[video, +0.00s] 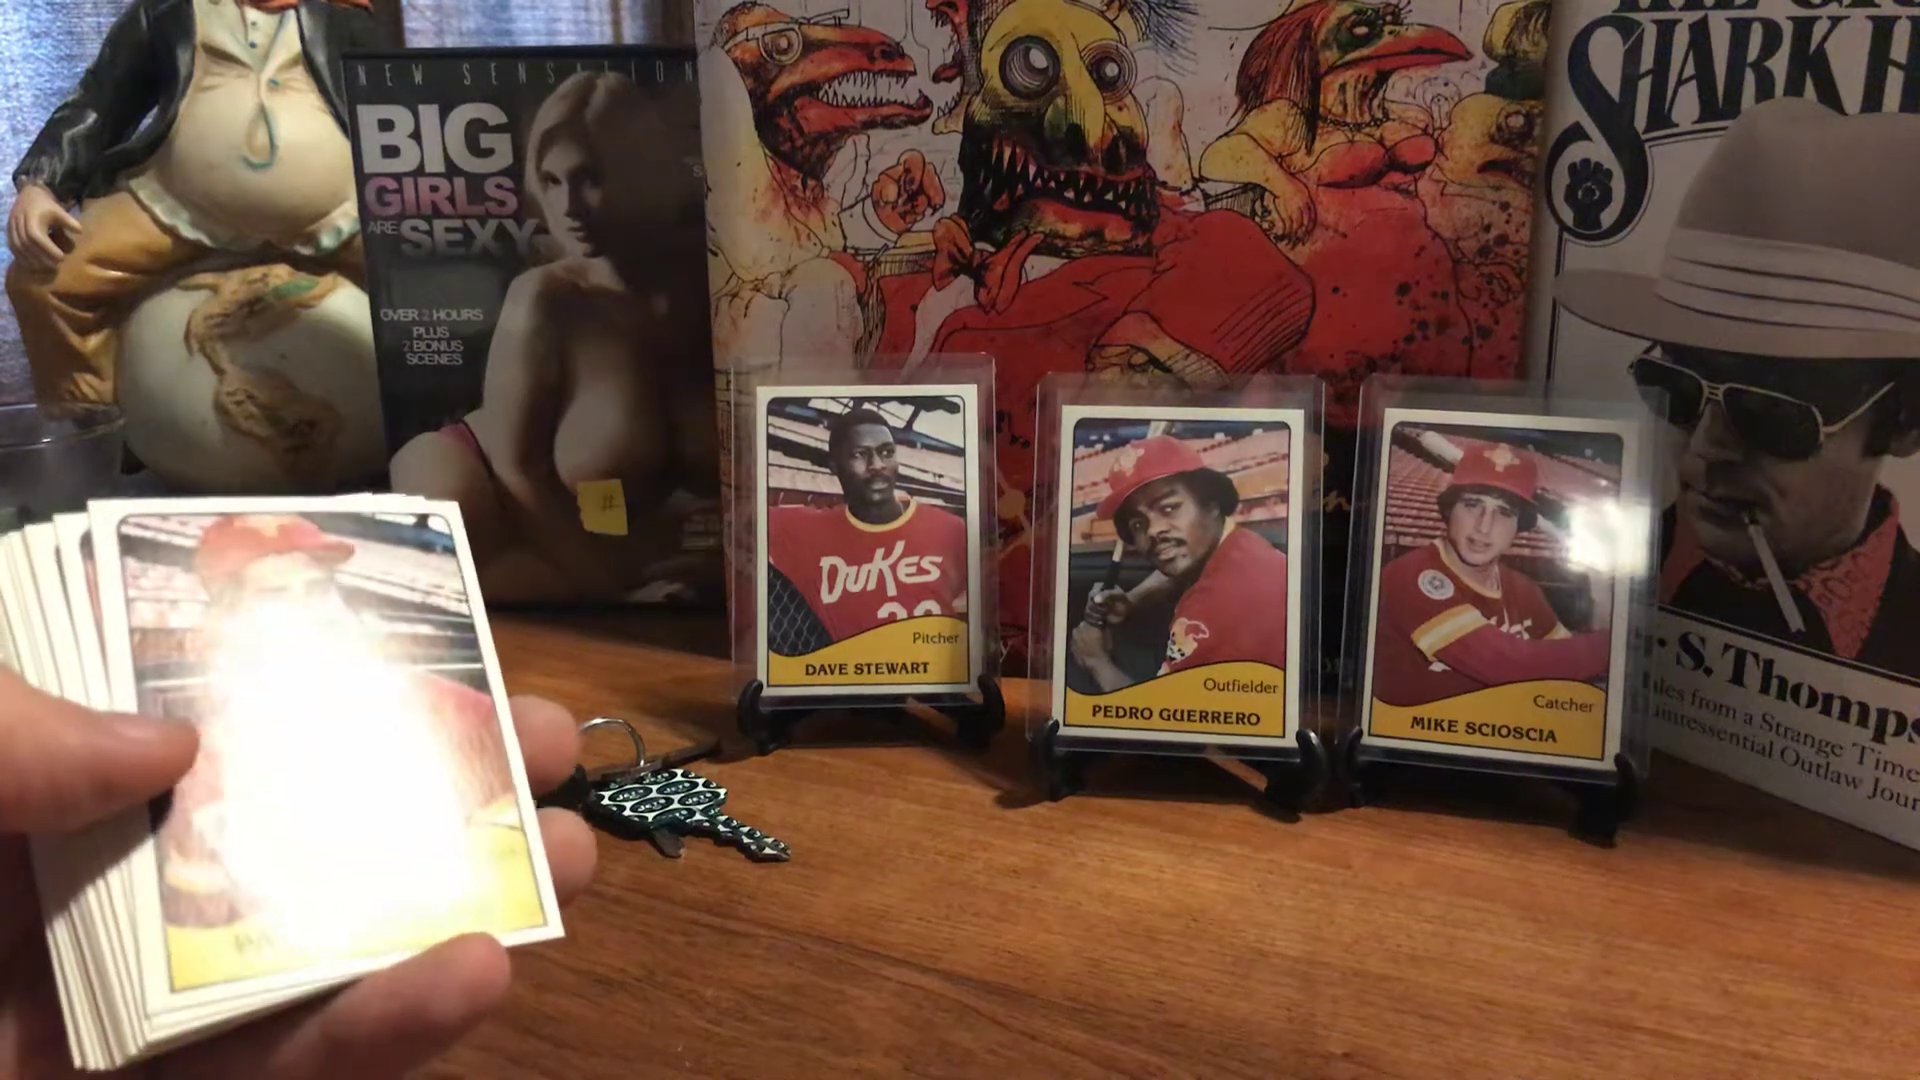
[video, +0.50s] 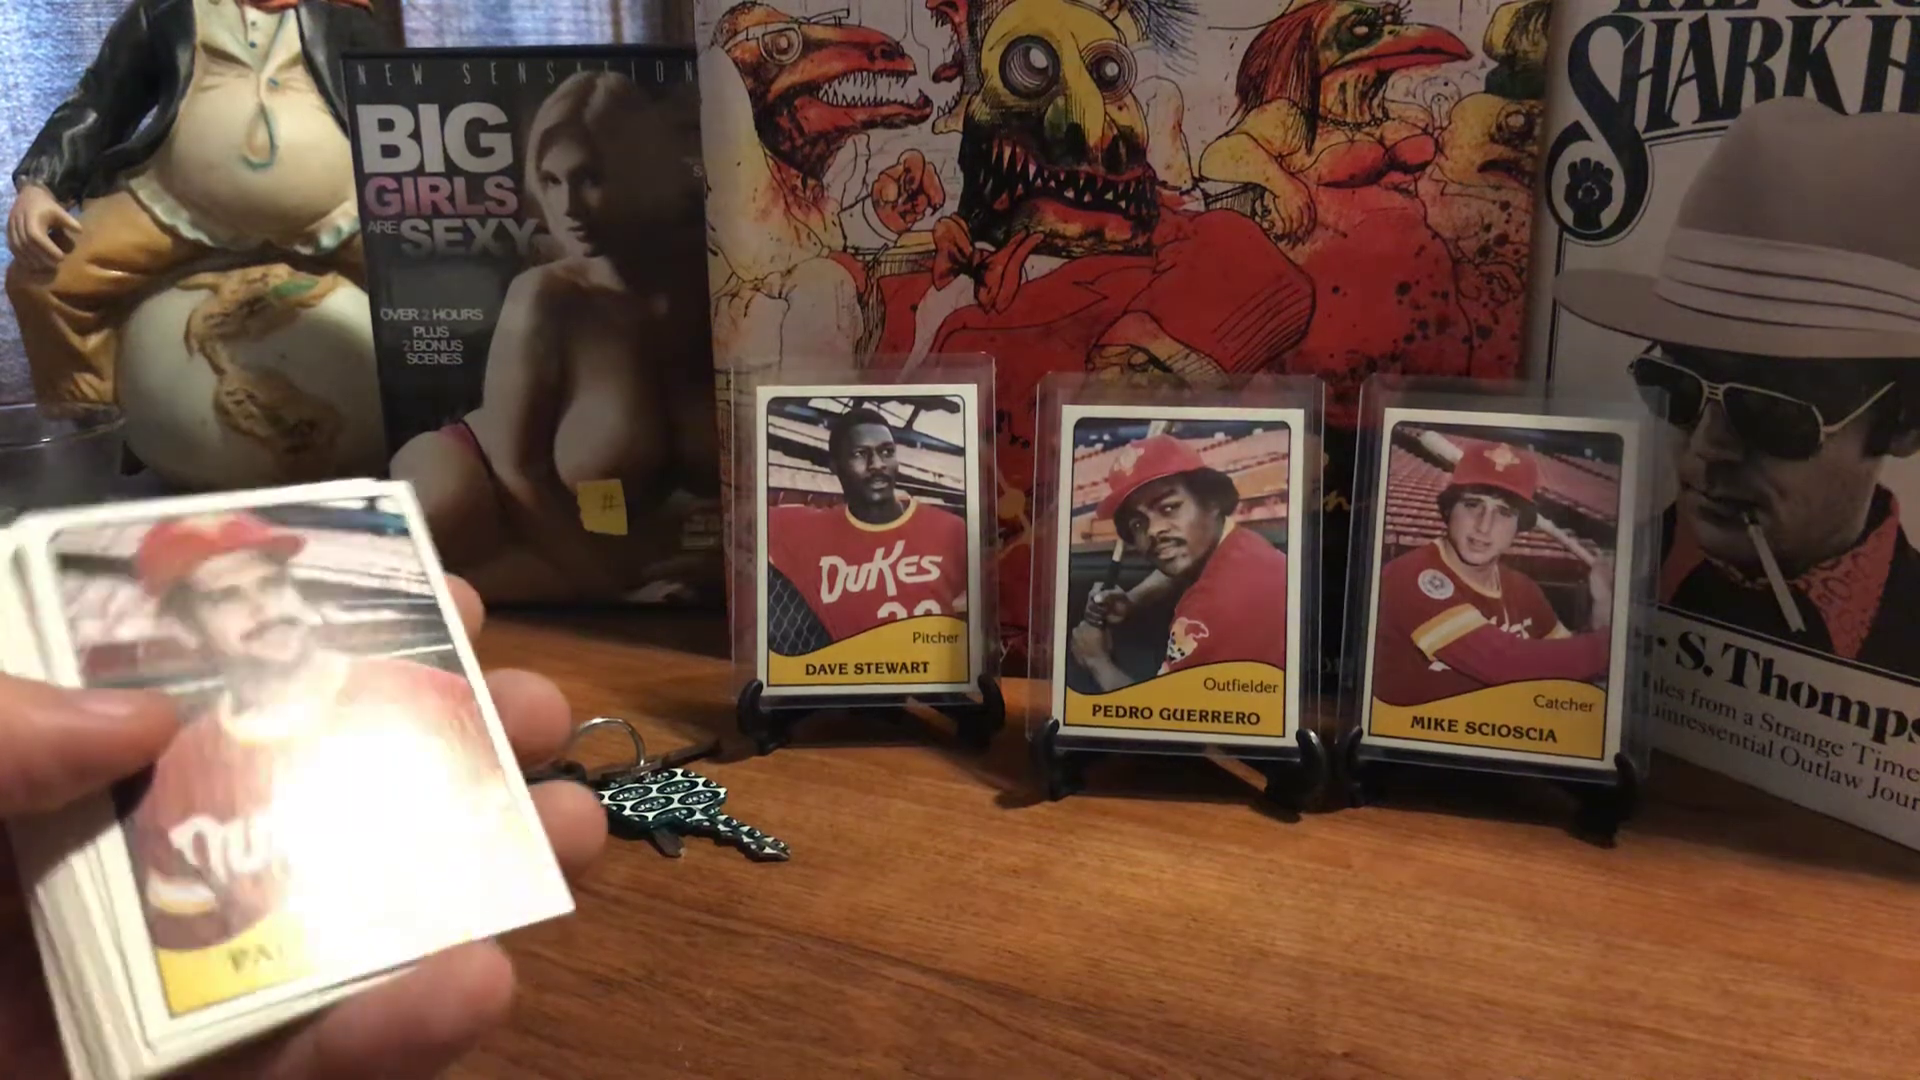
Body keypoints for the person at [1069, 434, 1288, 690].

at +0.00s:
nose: (1155, 530)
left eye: (1169, 508)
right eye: (1139, 523)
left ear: (1211, 505)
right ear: (1133, 540)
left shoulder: (1208, 610)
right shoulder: (1249, 545)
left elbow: (1162, 720)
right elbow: (1185, 565)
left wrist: (1098, 662)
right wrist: (1132, 602)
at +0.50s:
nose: (1155, 530)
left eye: (1169, 508)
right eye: (1139, 523)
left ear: (1212, 503)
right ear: (1133, 540)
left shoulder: (1210, 608)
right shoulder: (1247, 544)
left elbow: (1161, 718)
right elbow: (1184, 564)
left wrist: (1098, 662)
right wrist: (1132, 601)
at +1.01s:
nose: (1155, 530)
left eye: (1169, 508)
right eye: (1139, 524)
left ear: (1213, 507)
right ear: (1134, 541)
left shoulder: (1210, 609)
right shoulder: (1247, 544)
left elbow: (1160, 721)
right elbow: (1183, 566)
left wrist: (1097, 661)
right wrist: (1132, 602)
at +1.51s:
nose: (1155, 531)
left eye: (1169, 509)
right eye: (1139, 524)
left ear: (1212, 504)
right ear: (1132, 540)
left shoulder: (1209, 612)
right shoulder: (1247, 545)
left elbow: (1161, 721)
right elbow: (1184, 564)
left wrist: (1097, 662)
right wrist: (1133, 602)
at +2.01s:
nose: (1155, 531)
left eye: (1169, 508)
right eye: (1138, 524)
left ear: (1213, 503)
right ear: (1132, 540)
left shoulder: (1213, 607)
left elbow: (1161, 722)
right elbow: (1183, 564)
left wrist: (1098, 661)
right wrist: (1133, 602)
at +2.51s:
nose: (1156, 530)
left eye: (1170, 508)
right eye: (1139, 523)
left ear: (1214, 503)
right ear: (1133, 540)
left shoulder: (1213, 608)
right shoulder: (1251, 545)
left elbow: (1160, 720)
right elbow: (1185, 565)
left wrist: (1098, 662)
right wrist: (1133, 603)